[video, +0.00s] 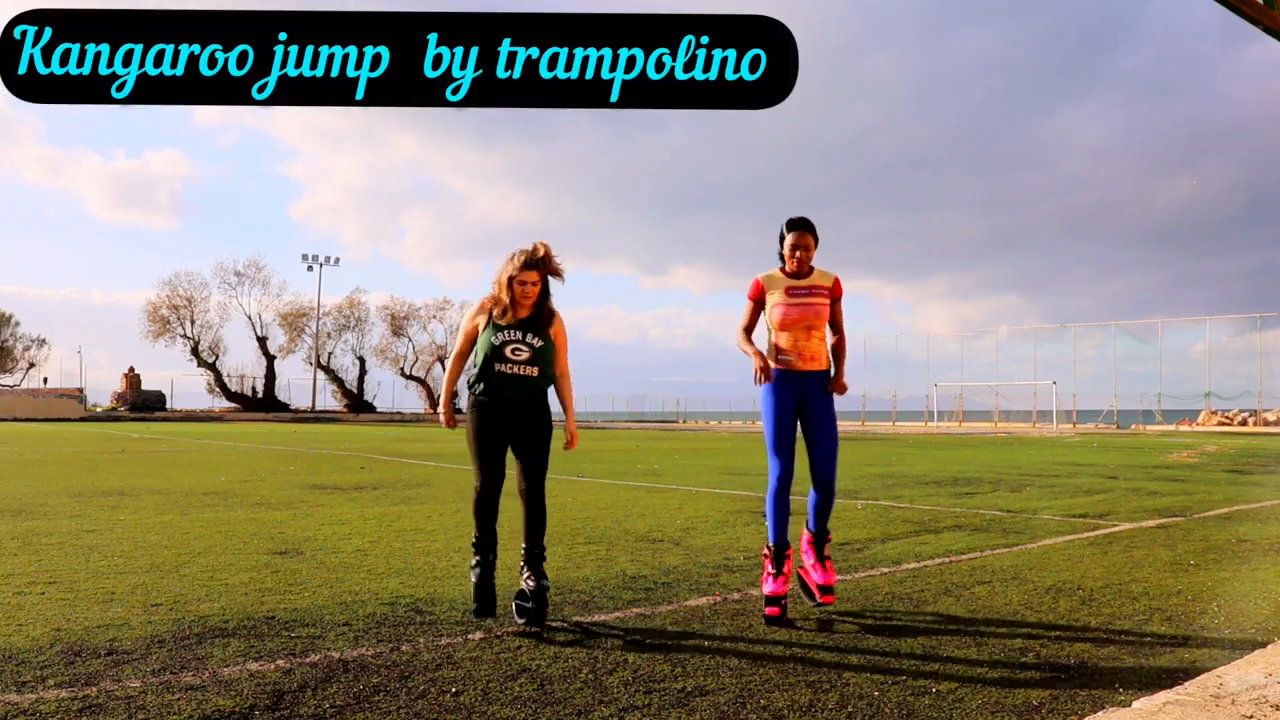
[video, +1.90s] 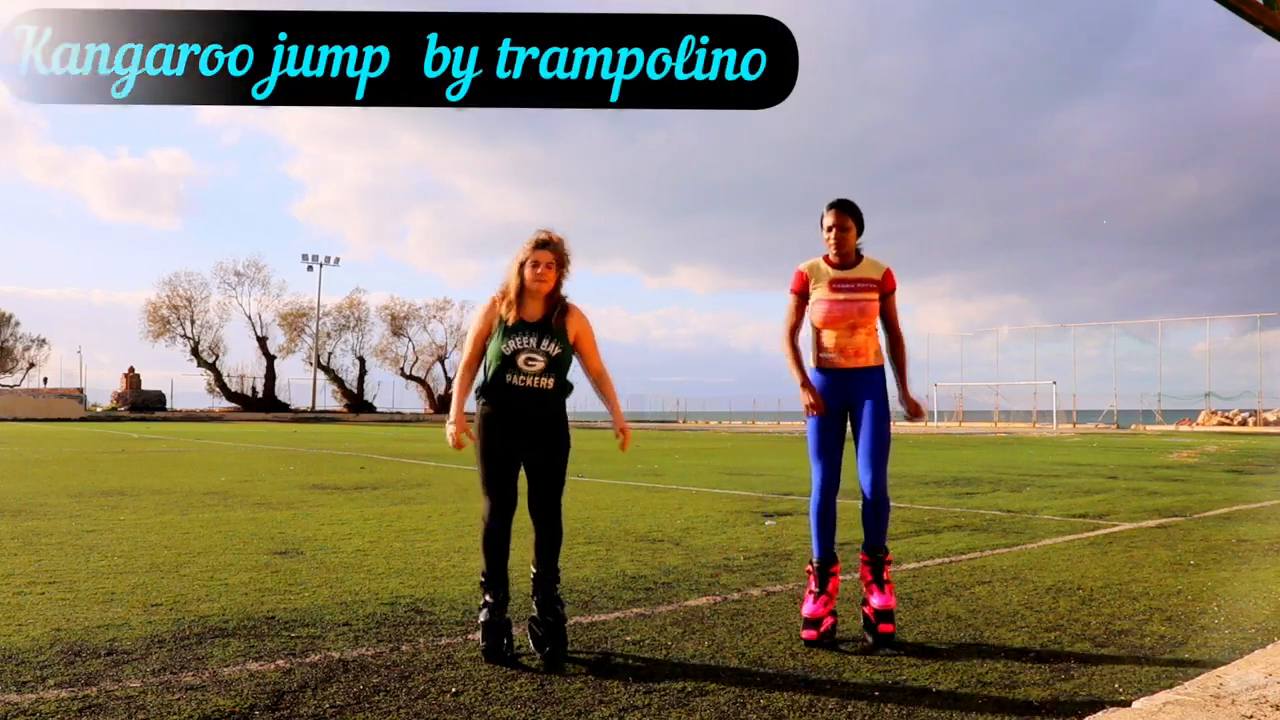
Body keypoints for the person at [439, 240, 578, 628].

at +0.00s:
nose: (528, 290)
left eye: (535, 284)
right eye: (522, 282)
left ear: (543, 285)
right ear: (507, 281)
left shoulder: (551, 320)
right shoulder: (483, 313)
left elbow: (561, 371)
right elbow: (458, 357)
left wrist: (570, 418)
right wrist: (446, 398)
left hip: (533, 414)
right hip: (486, 412)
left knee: (533, 491)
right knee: (488, 486)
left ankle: (533, 570)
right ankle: (483, 562)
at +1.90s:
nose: (542, 271)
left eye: (550, 266)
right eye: (535, 264)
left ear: (559, 274)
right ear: (521, 267)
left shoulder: (571, 318)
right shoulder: (497, 308)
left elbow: (596, 371)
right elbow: (470, 361)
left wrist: (617, 413)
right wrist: (456, 411)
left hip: (548, 424)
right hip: (498, 421)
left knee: (547, 513)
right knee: (498, 511)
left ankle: (547, 604)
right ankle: (493, 606)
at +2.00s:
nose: (555, 250)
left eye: (565, 246)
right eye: (549, 242)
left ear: (576, 254)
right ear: (537, 245)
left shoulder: (584, 297)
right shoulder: (511, 281)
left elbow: (609, 342)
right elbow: (477, 330)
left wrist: (612, 356)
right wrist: (451, 378)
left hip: (545, 402)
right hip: (495, 397)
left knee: (546, 493)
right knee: (487, 485)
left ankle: (548, 592)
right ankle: (475, 587)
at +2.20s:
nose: (562, 279)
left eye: (571, 272)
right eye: (556, 270)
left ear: (584, 279)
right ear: (544, 273)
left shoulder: (592, 325)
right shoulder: (522, 308)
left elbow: (616, 383)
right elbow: (483, 353)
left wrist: (621, 355)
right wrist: (446, 398)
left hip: (556, 425)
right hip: (505, 414)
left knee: (551, 514)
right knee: (464, 493)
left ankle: (540, 608)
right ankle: (413, 586)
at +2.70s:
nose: (564, 283)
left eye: (571, 277)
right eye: (557, 276)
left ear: (582, 284)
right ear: (545, 282)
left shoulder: (591, 333)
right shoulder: (521, 316)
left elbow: (607, 386)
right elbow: (482, 364)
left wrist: (622, 393)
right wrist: (445, 410)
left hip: (551, 429)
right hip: (502, 418)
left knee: (545, 515)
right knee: (449, 491)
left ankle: (539, 605)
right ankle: (390, 572)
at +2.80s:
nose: (544, 282)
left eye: (553, 276)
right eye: (538, 274)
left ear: (566, 283)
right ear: (527, 280)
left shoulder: (577, 329)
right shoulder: (506, 316)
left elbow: (582, 380)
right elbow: (476, 366)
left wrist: (578, 426)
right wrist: (477, 401)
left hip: (548, 430)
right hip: (498, 422)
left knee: (543, 516)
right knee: (455, 498)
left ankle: (539, 606)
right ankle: (428, 586)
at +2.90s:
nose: (526, 267)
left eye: (534, 260)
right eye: (519, 260)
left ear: (547, 263)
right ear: (508, 263)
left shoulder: (564, 309)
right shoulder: (492, 298)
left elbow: (574, 364)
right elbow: (462, 345)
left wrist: (571, 413)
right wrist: (484, 355)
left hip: (545, 413)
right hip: (496, 407)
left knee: (545, 500)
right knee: (468, 489)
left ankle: (546, 595)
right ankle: (454, 586)